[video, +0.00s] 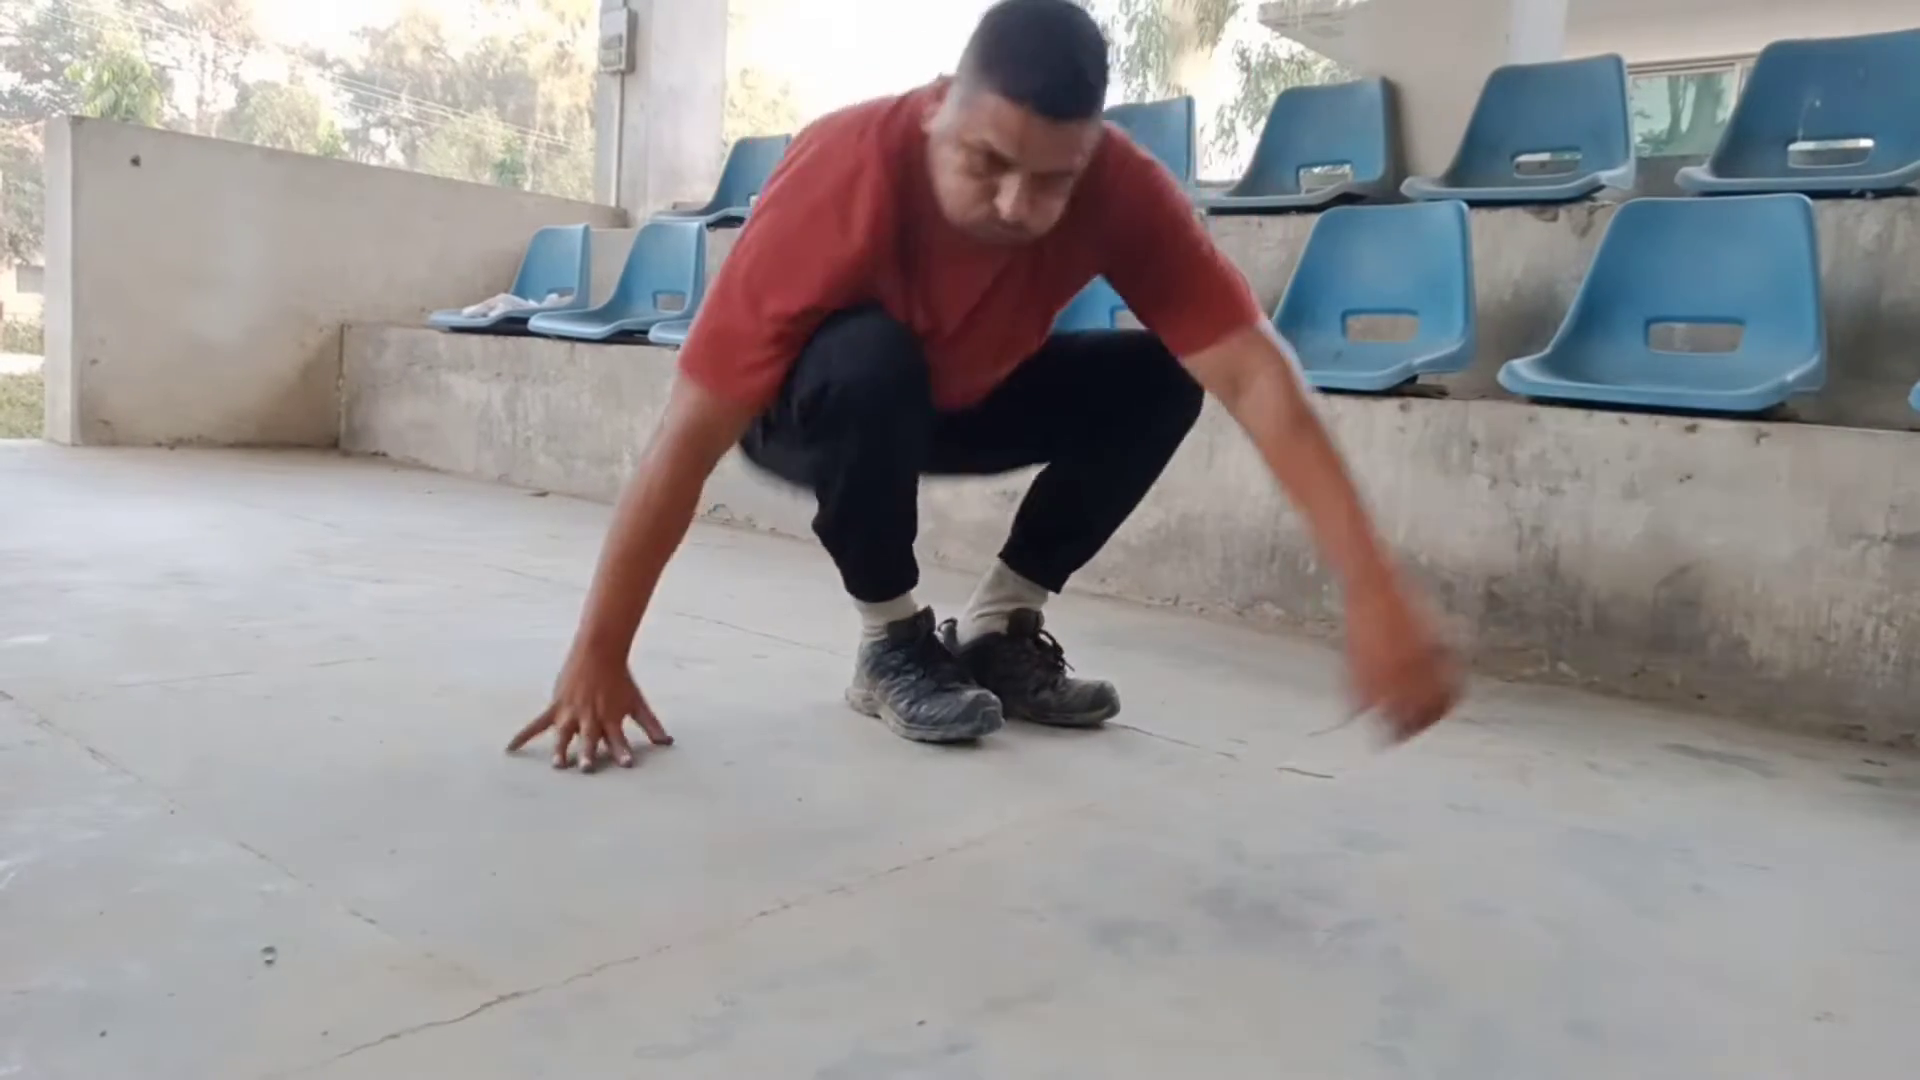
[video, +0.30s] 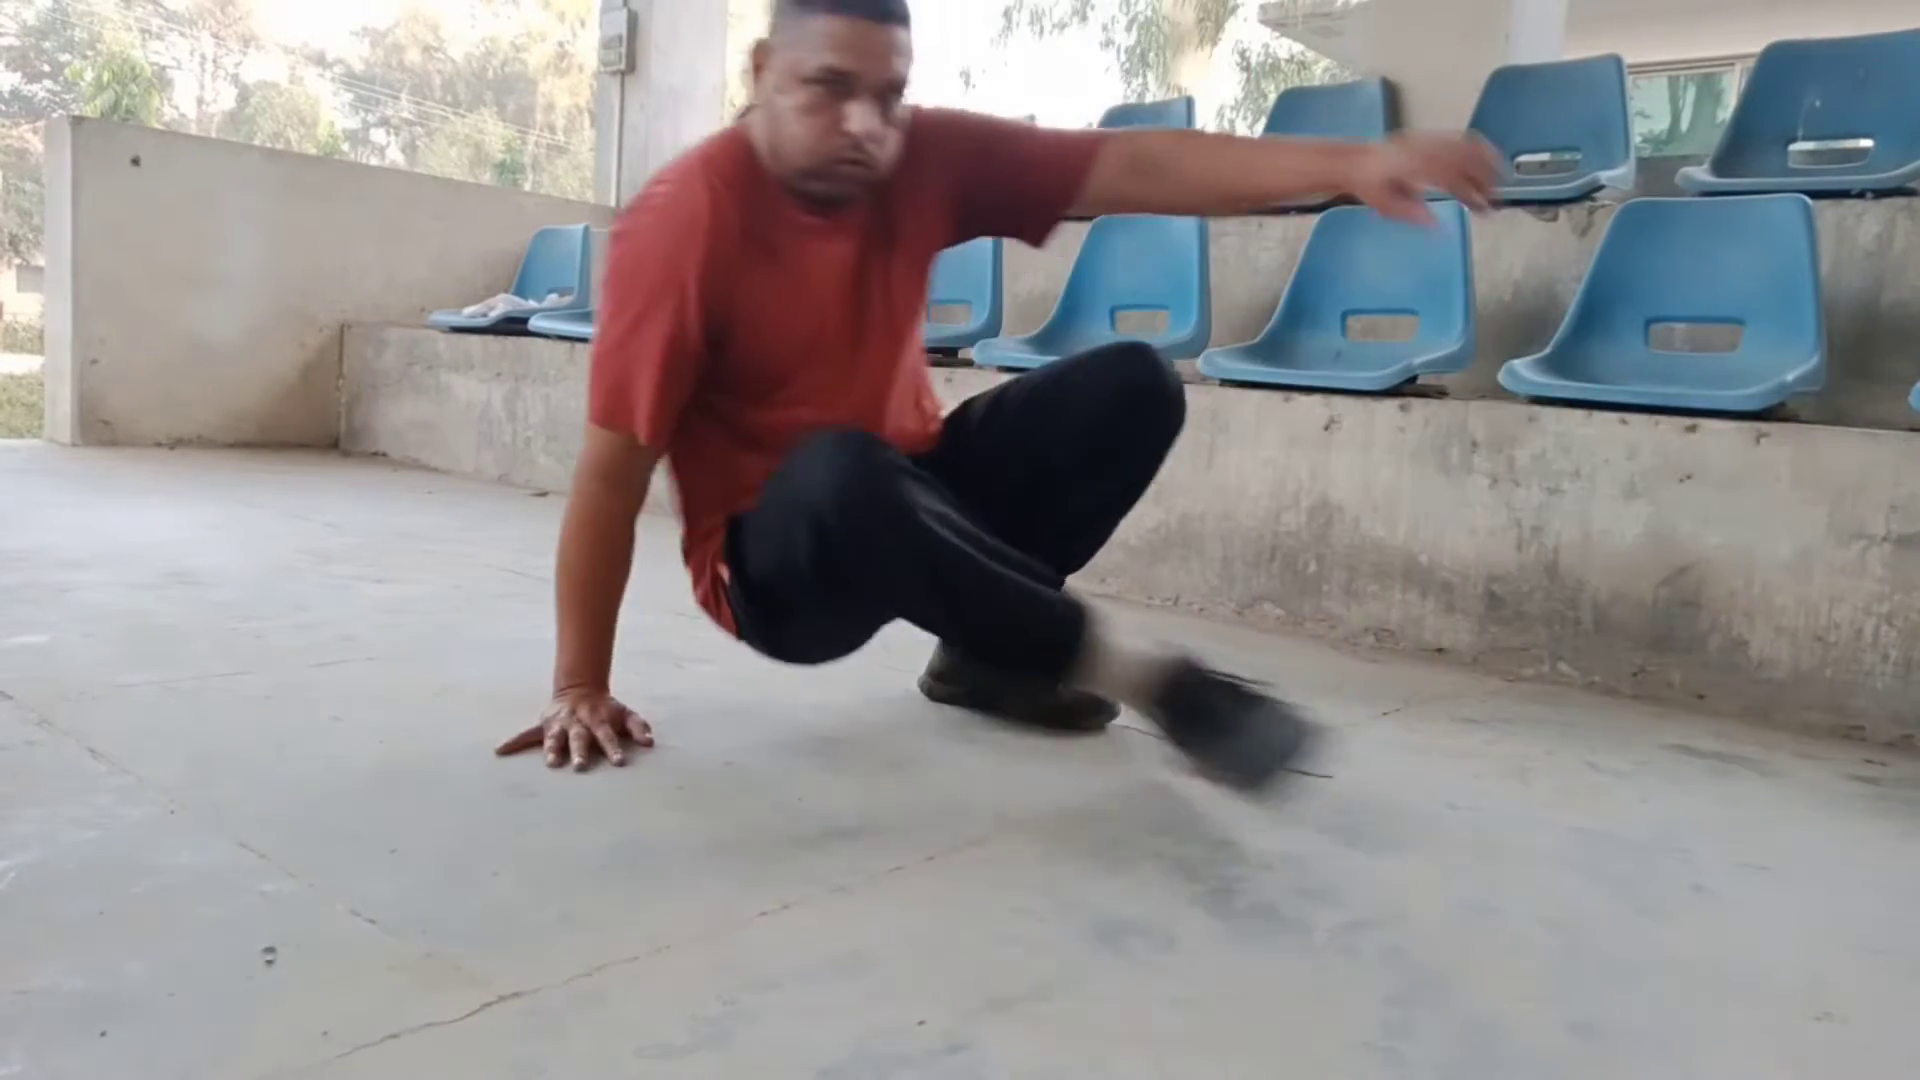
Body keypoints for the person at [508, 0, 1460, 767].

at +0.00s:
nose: (1020, 206)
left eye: (1056, 181)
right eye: (993, 167)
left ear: (1094, 150)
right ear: (945, 110)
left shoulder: (1121, 190)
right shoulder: (843, 176)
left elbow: (1256, 381)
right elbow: (694, 427)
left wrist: (1374, 590)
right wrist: (600, 652)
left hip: (966, 412)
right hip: (812, 411)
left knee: (1158, 375)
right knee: (872, 358)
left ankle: (1005, 632)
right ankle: (895, 642)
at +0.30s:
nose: (869, 127)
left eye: (890, 95)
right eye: (832, 95)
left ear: (908, 86)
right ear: (756, 82)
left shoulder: (929, 156)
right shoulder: (679, 224)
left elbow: (1135, 168)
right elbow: (610, 464)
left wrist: (1358, 166)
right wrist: (581, 687)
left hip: (920, 490)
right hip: (772, 567)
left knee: (1136, 385)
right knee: (837, 469)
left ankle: (983, 658)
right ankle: (1157, 680)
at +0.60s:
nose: (823, 184)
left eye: (837, 149)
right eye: (791, 151)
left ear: (846, 147)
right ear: (704, 147)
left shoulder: (852, 263)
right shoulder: (618, 261)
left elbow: (996, 337)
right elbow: (520, 481)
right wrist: (567, 687)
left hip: (861, 562)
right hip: (731, 650)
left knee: (995, 344)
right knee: (867, 558)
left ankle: (983, 618)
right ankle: (1284, 775)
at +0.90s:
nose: (828, 208)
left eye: (839, 182)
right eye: (800, 182)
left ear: (835, 175)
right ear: (713, 173)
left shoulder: (807, 278)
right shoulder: (627, 277)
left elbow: (807, 455)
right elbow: (500, 483)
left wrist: (893, 609)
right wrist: (567, 685)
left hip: (853, 592)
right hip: (757, 644)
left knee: (1065, 398)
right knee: (942, 487)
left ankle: (1289, 656)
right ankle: (1303, 751)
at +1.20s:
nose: (853, 215)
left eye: (867, 190)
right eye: (827, 190)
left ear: (872, 184)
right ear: (751, 180)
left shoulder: (866, 286)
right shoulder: (665, 289)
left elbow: (854, 460)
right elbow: (529, 477)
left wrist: (903, 628)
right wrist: (607, 684)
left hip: (872, 589)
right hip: (772, 620)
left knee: (1112, 463)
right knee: (1016, 484)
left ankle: (1383, 686)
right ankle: (1353, 759)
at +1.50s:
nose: (910, 208)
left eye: (923, 185)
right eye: (887, 180)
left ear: (929, 183)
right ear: (810, 167)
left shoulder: (923, 283)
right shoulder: (723, 262)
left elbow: (948, 456)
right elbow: (641, 464)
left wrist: (938, 633)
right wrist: (657, 674)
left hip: (906, 591)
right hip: (792, 612)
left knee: (1131, 473)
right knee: (1025, 475)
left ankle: (1390, 698)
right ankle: (1344, 752)